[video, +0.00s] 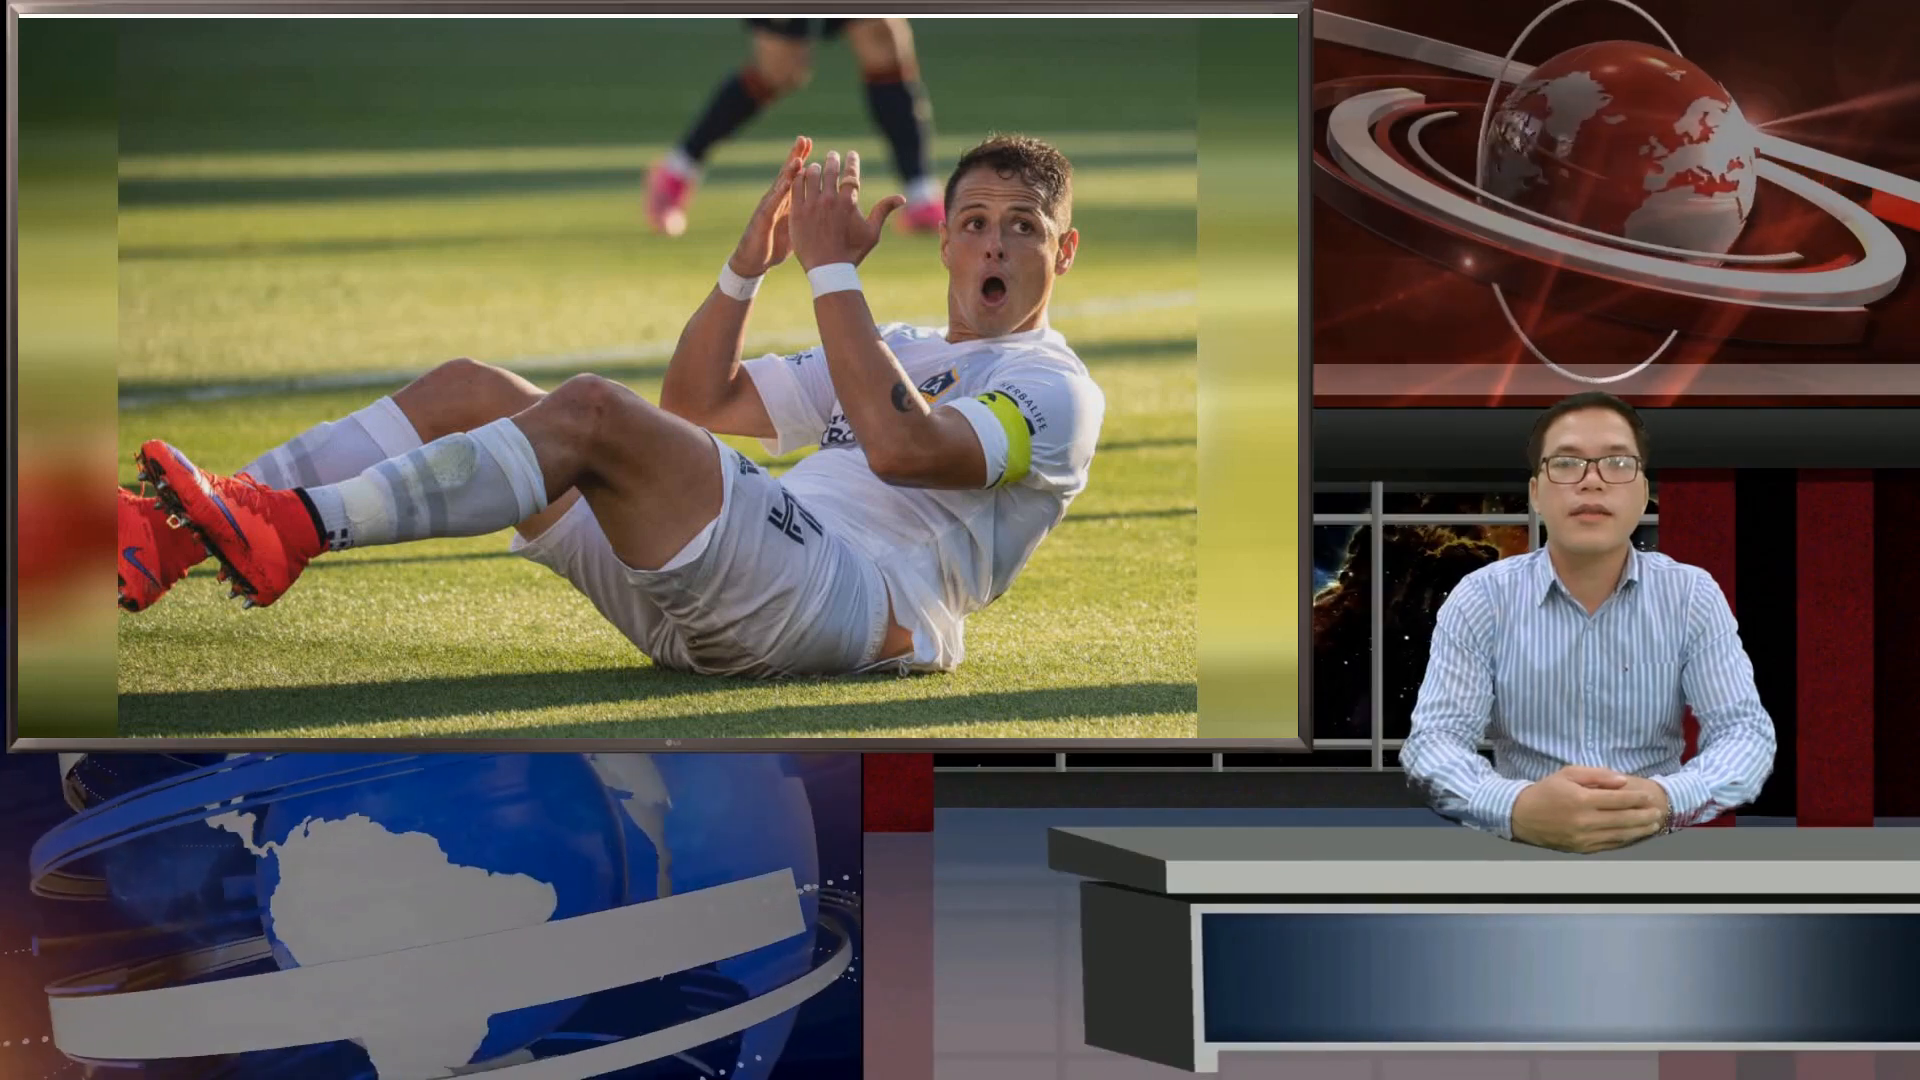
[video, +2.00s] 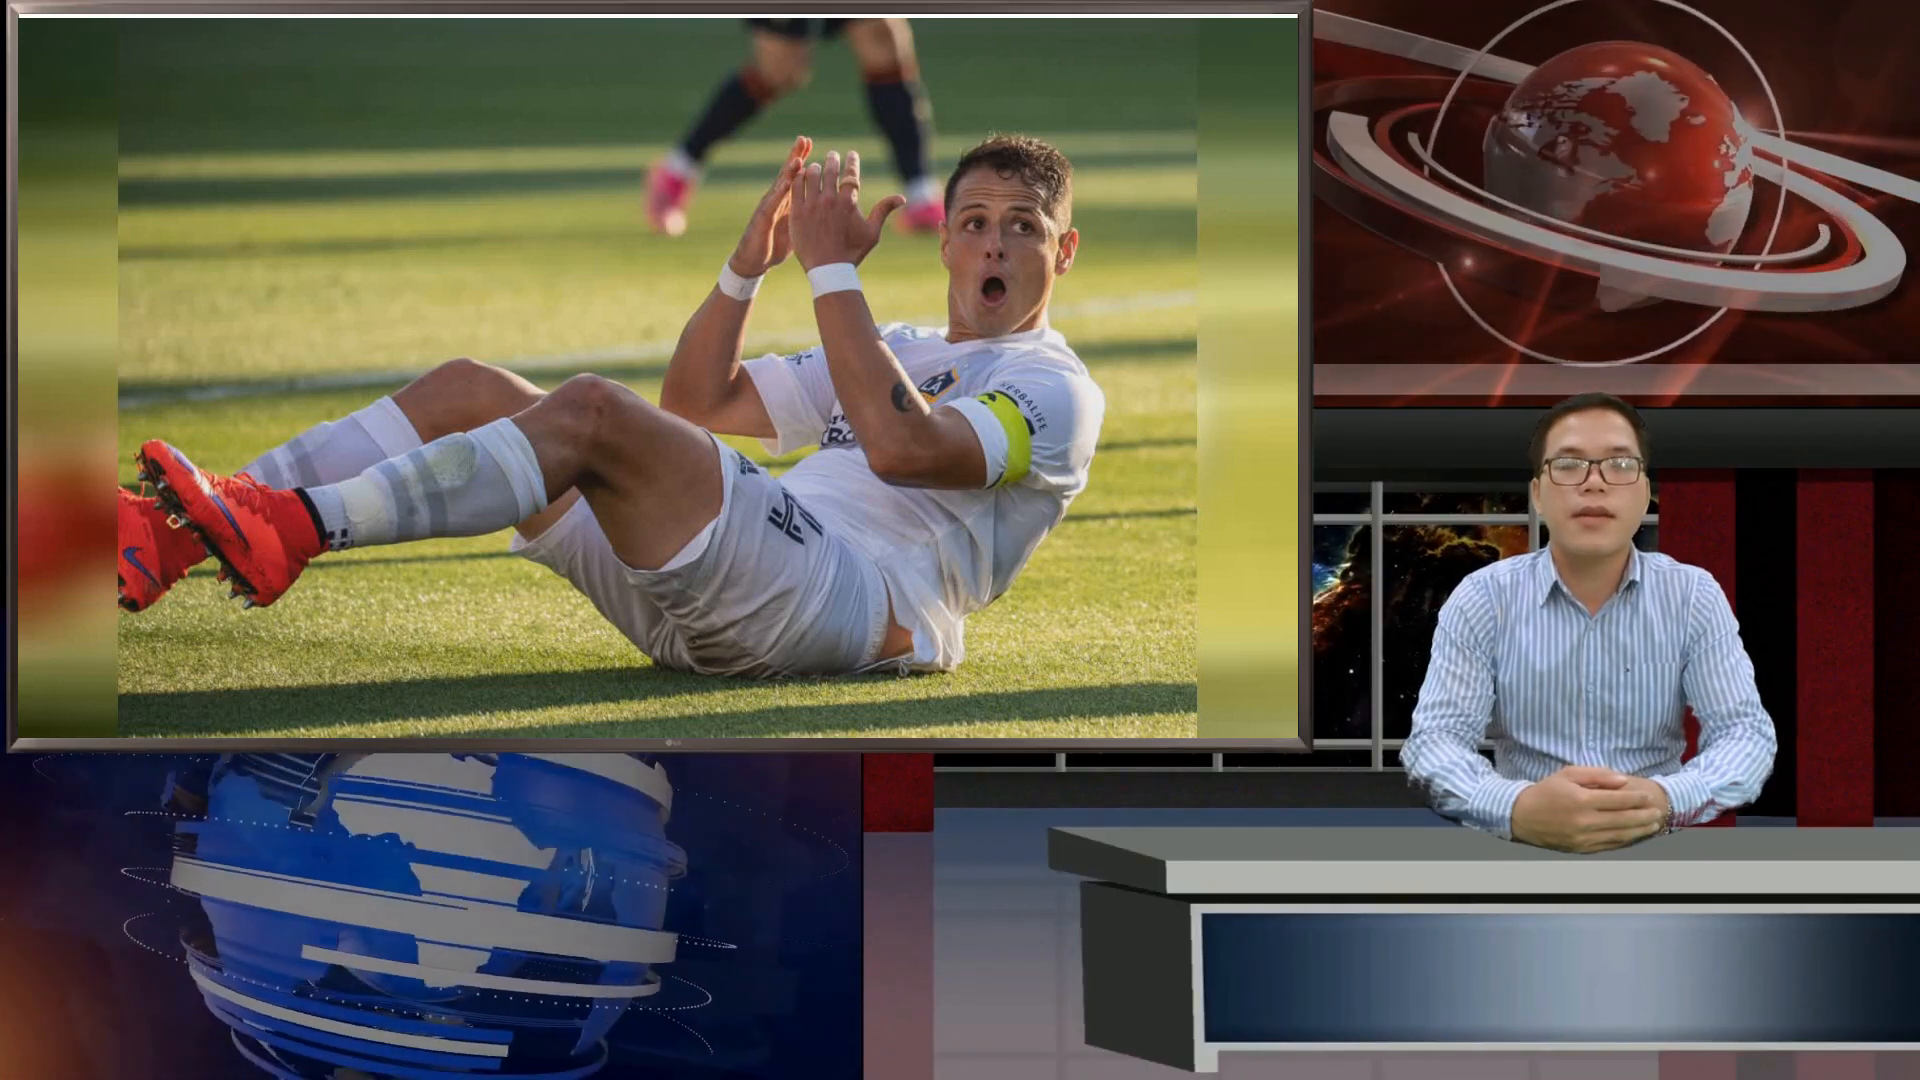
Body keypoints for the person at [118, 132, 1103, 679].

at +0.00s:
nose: (995, 246)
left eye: (1022, 230)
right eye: (976, 224)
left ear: (1065, 258)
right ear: (943, 240)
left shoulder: (1055, 389)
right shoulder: (892, 358)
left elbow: (902, 447)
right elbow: (695, 404)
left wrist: (833, 270)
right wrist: (746, 270)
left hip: (839, 602)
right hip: (732, 571)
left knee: (592, 413)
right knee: (468, 389)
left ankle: (300, 524)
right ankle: (179, 539)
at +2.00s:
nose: (996, 246)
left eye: (1024, 230)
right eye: (977, 223)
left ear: (1065, 258)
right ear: (943, 240)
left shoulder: (1056, 389)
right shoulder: (891, 357)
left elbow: (901, 446)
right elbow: (695, 406)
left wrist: (833, 268)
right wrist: (746, 270)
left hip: (839, 603)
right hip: (732, 571)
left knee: (592, 413)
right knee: (468, 389)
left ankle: (299, 524)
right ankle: (178, 539)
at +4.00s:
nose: (996, 245)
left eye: (1023, 229)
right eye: (976, 223)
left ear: (1066, 257)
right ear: (943, 241)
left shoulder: (1056, 389)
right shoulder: (892, 358)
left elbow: (901, 447)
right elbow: (695, 405)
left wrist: (833, 268)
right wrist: (746, 269)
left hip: (840, 604)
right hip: (732, 572)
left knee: (593, 413)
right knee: (468, 389)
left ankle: (300, 524)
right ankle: (175, 541)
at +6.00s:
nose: (995, 246)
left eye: (1022, 230)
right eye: (975, 224)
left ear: (1065, 257)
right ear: (942, 242)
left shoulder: (1054, 389)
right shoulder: (893, 358)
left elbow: (901, 447)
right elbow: (695, 404)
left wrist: (834, 270)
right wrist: (746, 270)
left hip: (842, 602)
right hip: (735, 572)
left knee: (592, 413)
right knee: (468, 389)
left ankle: (300, 524)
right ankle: (174, 542)